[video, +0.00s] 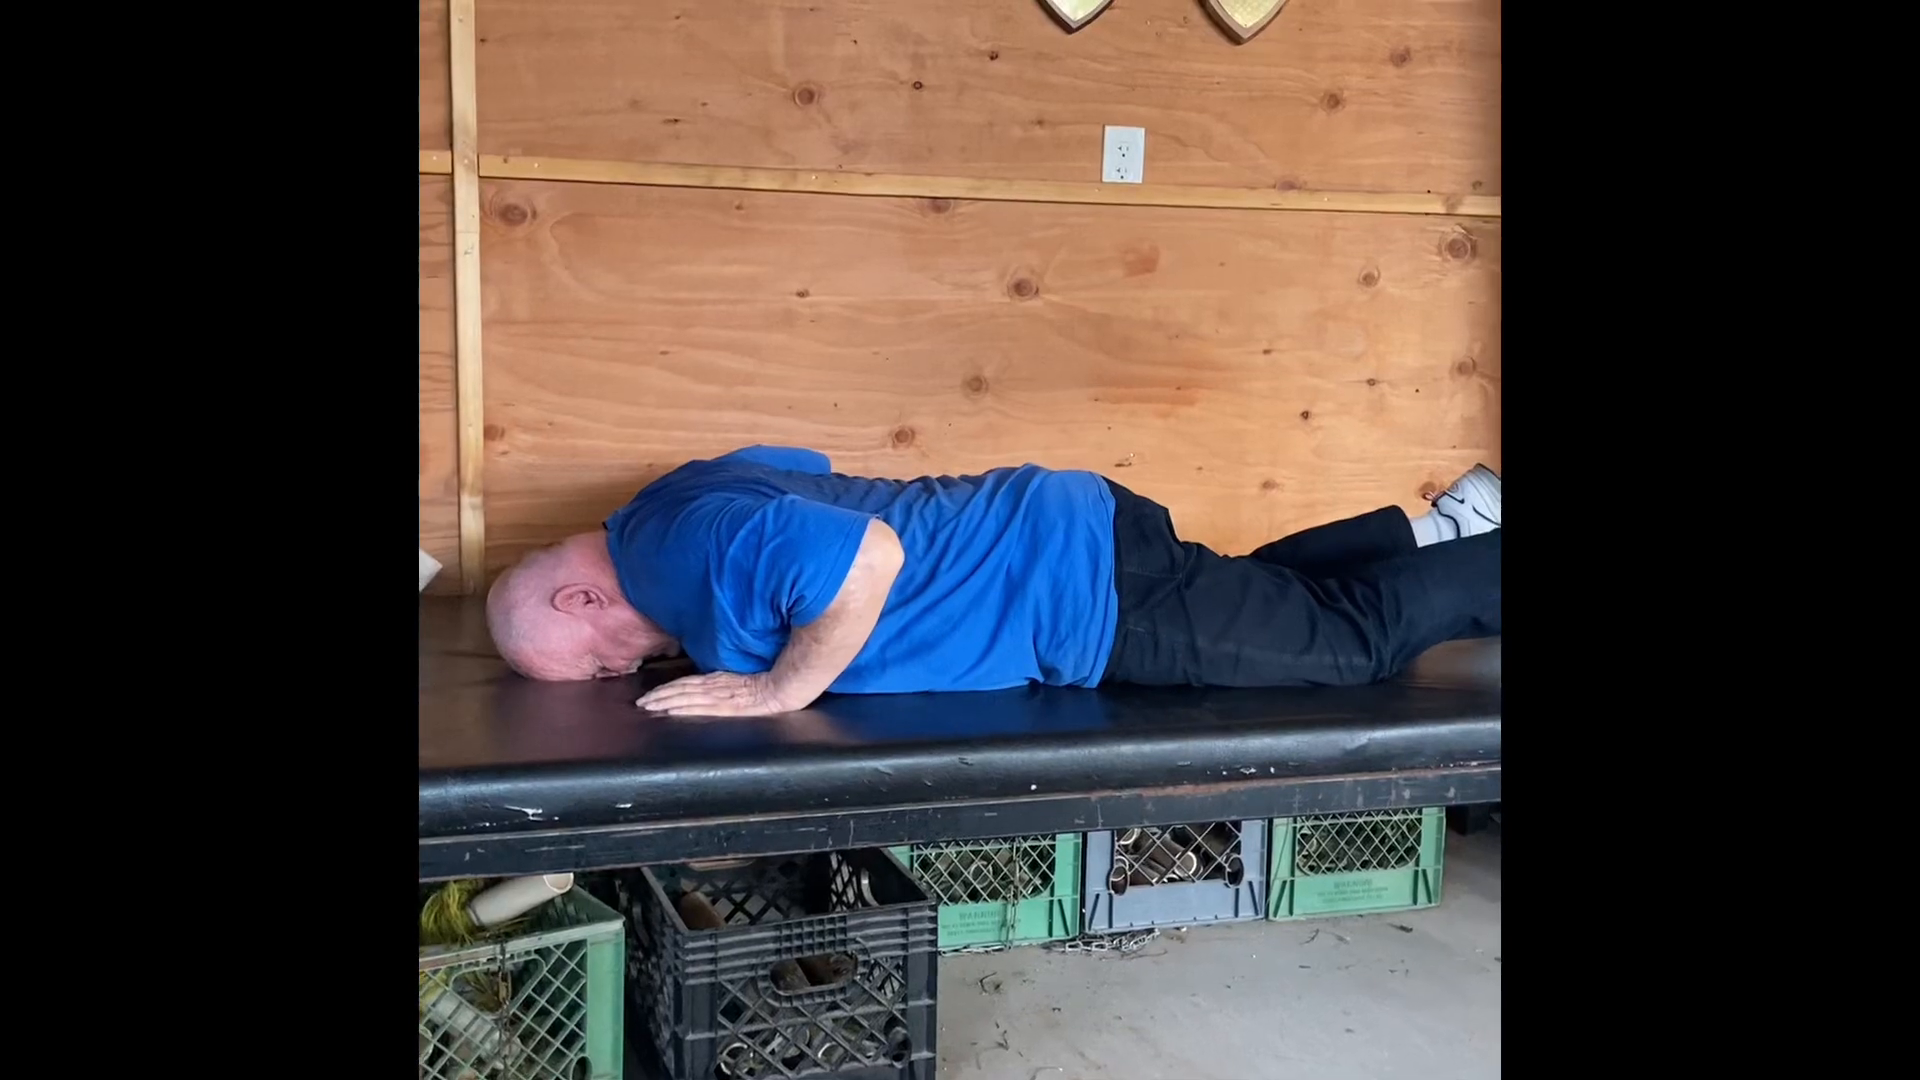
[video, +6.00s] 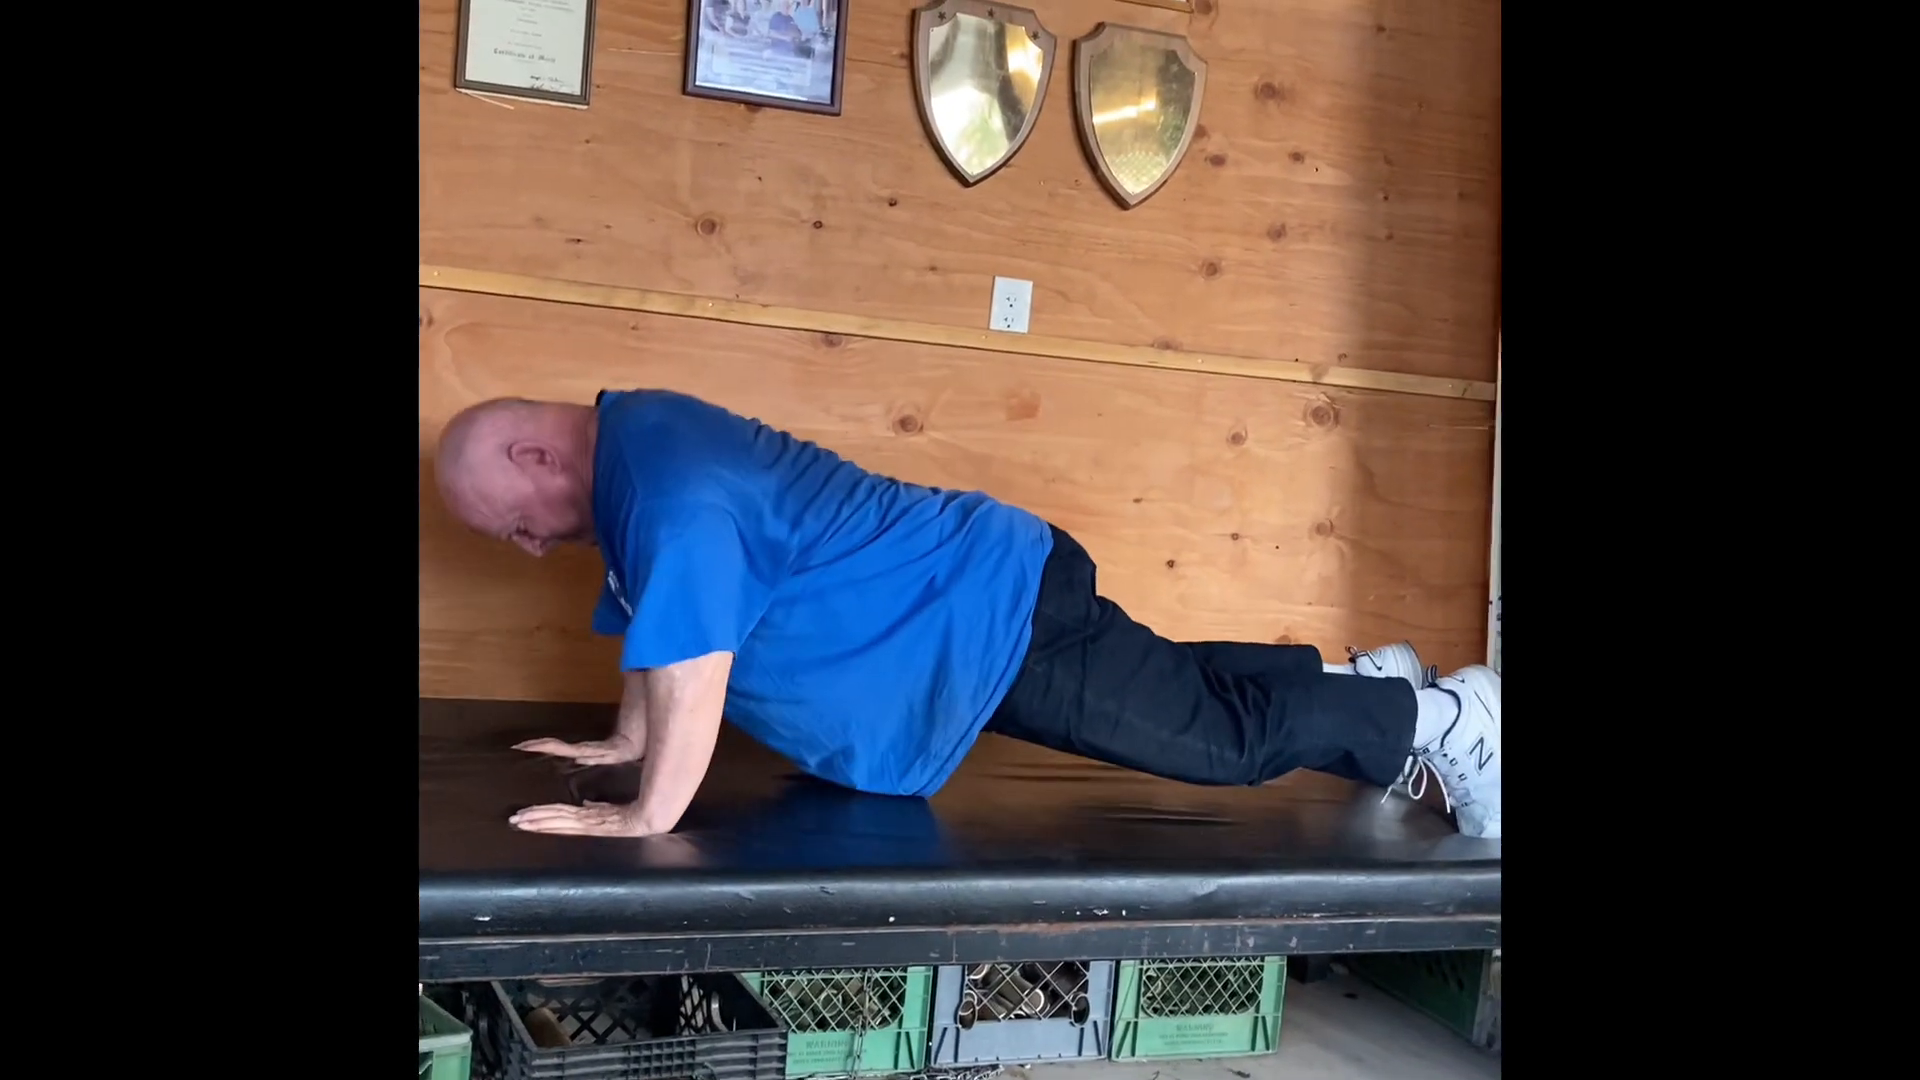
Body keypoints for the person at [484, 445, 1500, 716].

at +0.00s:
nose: (605, 673)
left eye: (576, 667)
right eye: (579, 666)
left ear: (579, 610)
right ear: (576, 579)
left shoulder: (694, 541)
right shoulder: (671, 519)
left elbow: (868, 557)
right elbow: (869, 491)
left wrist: (774, 693)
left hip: (1080, 589)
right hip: (1059, 543)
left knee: (1350, 638)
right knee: (1262, 598)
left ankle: (1484, 556)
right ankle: (1445, 529)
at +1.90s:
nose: (593, 703)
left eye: (566, 691)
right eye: (568, 701)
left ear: (546, 632)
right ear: (547, 622)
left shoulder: (659, 566)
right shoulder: (626, 573)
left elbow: (819, 618)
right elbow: (804, 611)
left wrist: (751, 762)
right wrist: (706, 711)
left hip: (1048, 639)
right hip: (1022, 638)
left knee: (1308, 707)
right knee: (1238, 679)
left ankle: (1484, 636)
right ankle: (1410, 591)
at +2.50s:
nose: (606, 552)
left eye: (584, 538)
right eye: (580, 551)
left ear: (581, 480)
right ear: (580, 479)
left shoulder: (711, 474)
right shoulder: (680, 441)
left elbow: (816, 616)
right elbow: (774, 591)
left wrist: (761, 768)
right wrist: (738, 705)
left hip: (1079, 587)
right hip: (1056, 567)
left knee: (1313, 693)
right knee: (1282, 653)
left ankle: (1483, 648)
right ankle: (1452, 607)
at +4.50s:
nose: (561, 644)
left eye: (541, 634)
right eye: (542, 642)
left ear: (543, 574)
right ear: (539, 560)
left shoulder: (661, 534)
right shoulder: (611, 513)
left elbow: (781, 636)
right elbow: (716, 635)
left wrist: (714, 772)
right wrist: (663, 690)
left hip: (1041, 634)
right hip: (1014, 615)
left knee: (1277, 726)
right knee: (1221, 666)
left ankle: (1463, 668)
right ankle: (1409, 626)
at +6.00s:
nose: (535, 536)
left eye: (519, 517)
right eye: (516, 525)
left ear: (537, 460)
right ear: (539, 442)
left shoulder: (664, 481)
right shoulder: (637, 458)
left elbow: (694, 667)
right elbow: (671, 648)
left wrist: (656, 815)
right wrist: (640, 757)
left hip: (996, 617)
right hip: (976, 607)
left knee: (1215, 736)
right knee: (1183, 695)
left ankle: (1438, 726)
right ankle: (1381, 694)